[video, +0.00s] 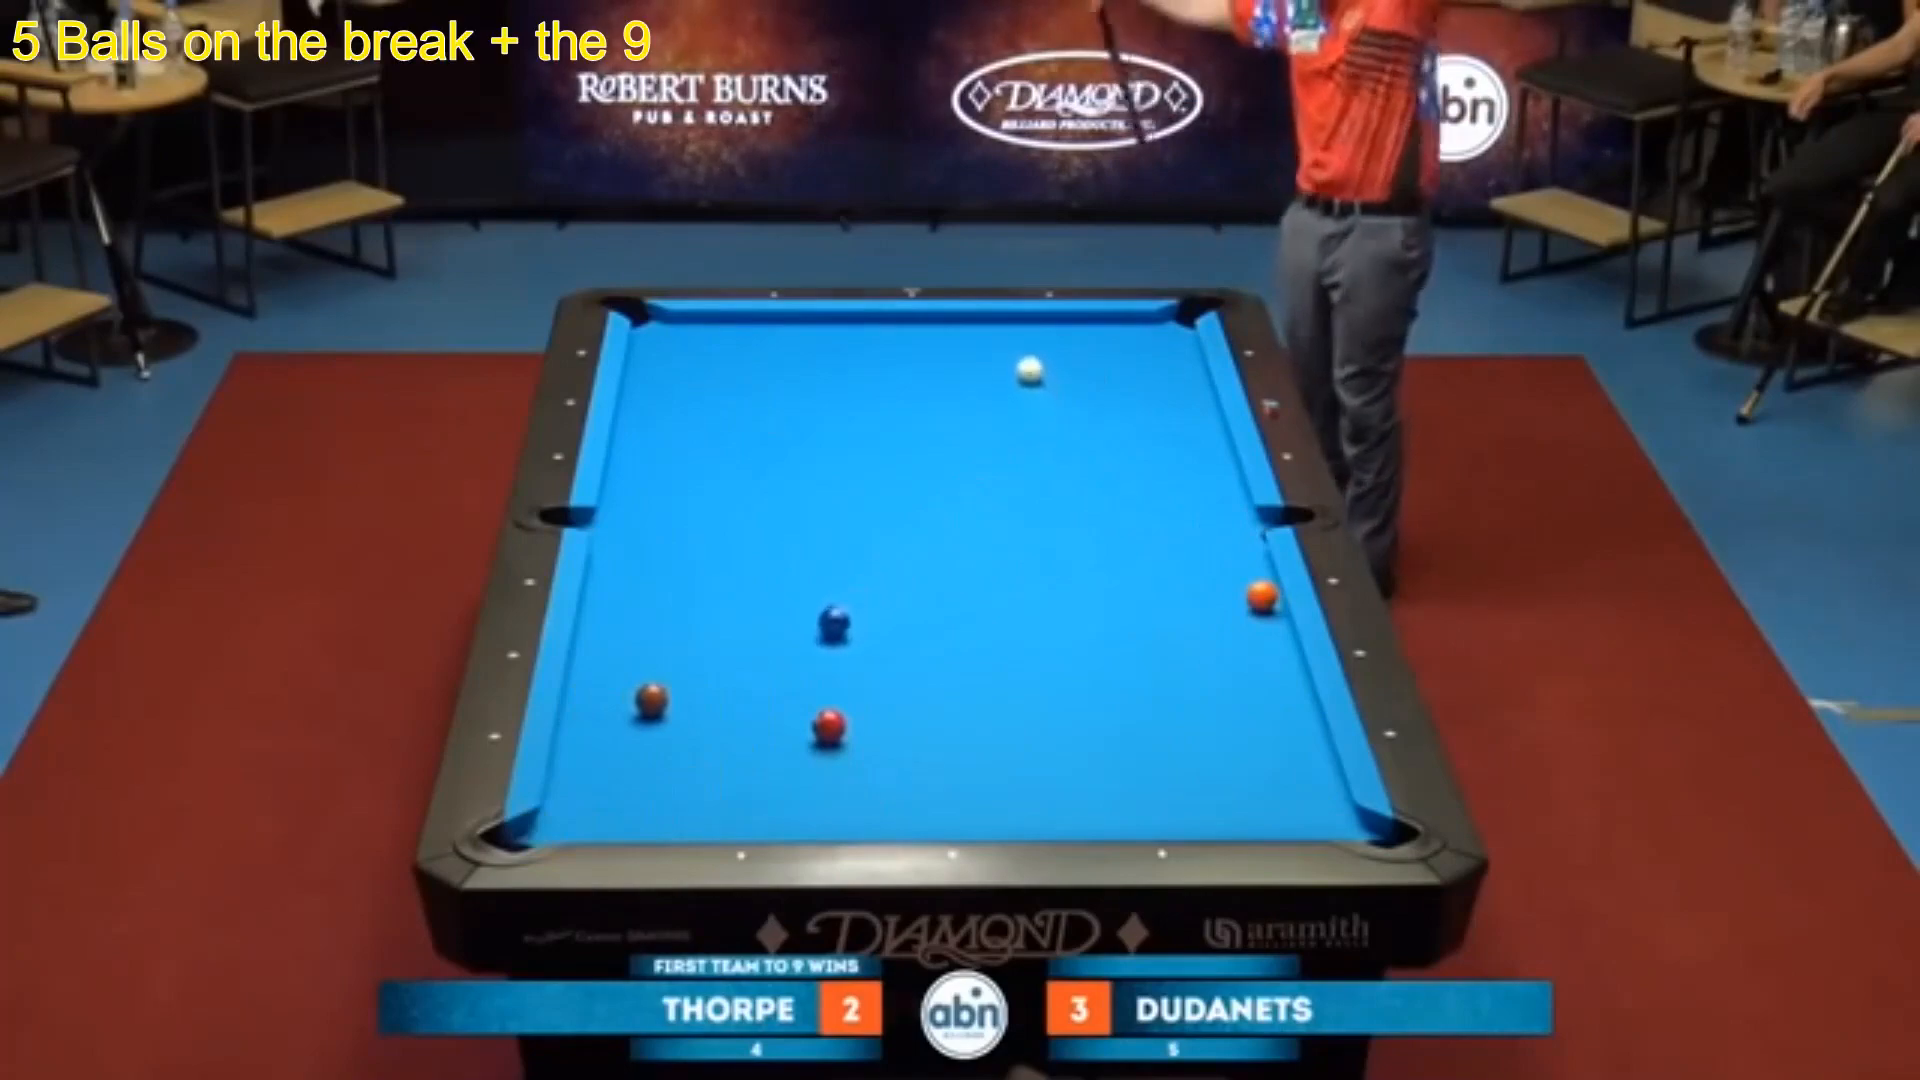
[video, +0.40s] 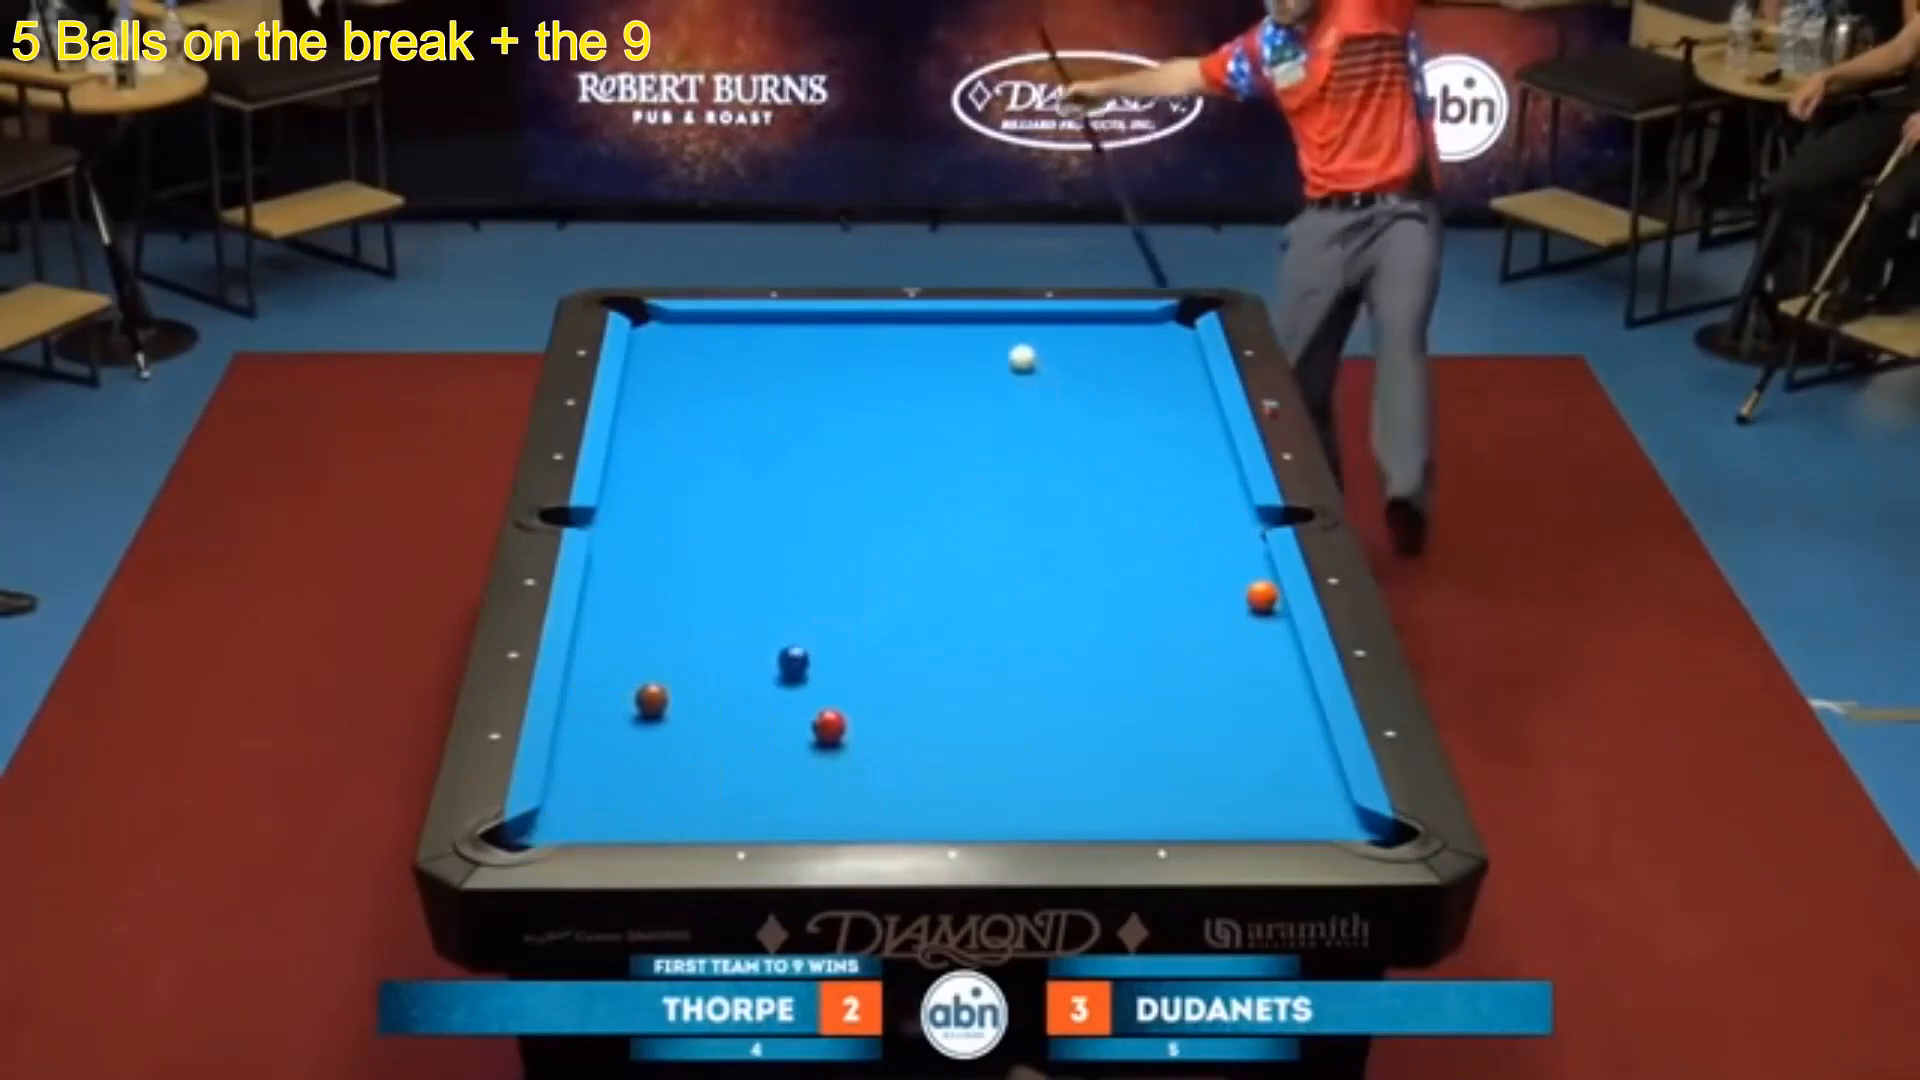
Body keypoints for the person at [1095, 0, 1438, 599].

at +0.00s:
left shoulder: (1405, 7)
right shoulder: (1291, 13)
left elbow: (1519, 4)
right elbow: (1194, 11)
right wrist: (1127, 1)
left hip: (1382, 232)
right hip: (1308, 223)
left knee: (1364, 403)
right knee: (1307, 396)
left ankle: (1367, 568)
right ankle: (1312, 551)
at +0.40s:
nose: (1280, 5)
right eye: (1272, 1)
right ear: (1264, 2)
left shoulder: (1373, 12)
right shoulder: (1261, 49)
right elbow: (1182, 74)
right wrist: (1100, 87)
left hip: (1403, 214)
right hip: (1324, 222)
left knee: (1402, 336)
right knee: (1294, 371)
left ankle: (1407, 496)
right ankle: (1315, 512)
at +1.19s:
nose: (1265, 6)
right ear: (1253, 6)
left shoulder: (1360, 25)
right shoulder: (1259, 74)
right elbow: (1202, 145)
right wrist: (1120, 193)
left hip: (1403, 225)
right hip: (1327, 238)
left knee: (1390, 356)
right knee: (1289, 381)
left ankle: (1401, 536)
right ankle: (1317, 533)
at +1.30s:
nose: (1265, 8)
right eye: (1256, 1)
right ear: (1251, 6)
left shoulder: (1363, 14)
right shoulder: (1264, 70)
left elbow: (1406, 75)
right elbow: (1240, 162)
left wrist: (1390, 166)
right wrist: (1176, 244)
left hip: (1394, 231)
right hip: (1317, 242)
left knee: (1368, 392)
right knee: (1288, 398)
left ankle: (1382, 566)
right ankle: (1308, 558)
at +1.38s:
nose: (1264, 7)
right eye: (1257, 1)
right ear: (1258, 7)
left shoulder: (1372, 41)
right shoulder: (1275, 64)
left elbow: (1419, 142)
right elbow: (1267, 173)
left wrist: (1406, 257)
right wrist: (1228, 263)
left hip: (1378, 248)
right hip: (1311, 250)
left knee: (1354, 423)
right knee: (1283, 405)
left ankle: (1373, 590)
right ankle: (1305, 571)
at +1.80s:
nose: (1273, 42)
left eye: (1287, 25)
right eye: (1261, 28)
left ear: (1326, 12)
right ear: (1250, 20)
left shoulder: (1366, 94)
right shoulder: (1306, 57)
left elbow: (1385, 236)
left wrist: (1355, 347)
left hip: (1369, 271)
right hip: (1316, 249)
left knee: (1334, 441)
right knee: (1271, 389)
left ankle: (1365, 596)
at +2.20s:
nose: (1166, 41)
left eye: (1178, 26)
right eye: (1164, 26)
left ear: (1226, 19)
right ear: (1217, 21)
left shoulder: (1280, 84)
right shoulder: (1253, 47)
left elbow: (1293, 232)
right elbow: (1282, 133)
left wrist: (1285, 350)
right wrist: (1268, 204)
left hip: (1341, 249)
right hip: (1280, 236)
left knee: (1320, 429)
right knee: (1263, 398)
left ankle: (1370, 599)